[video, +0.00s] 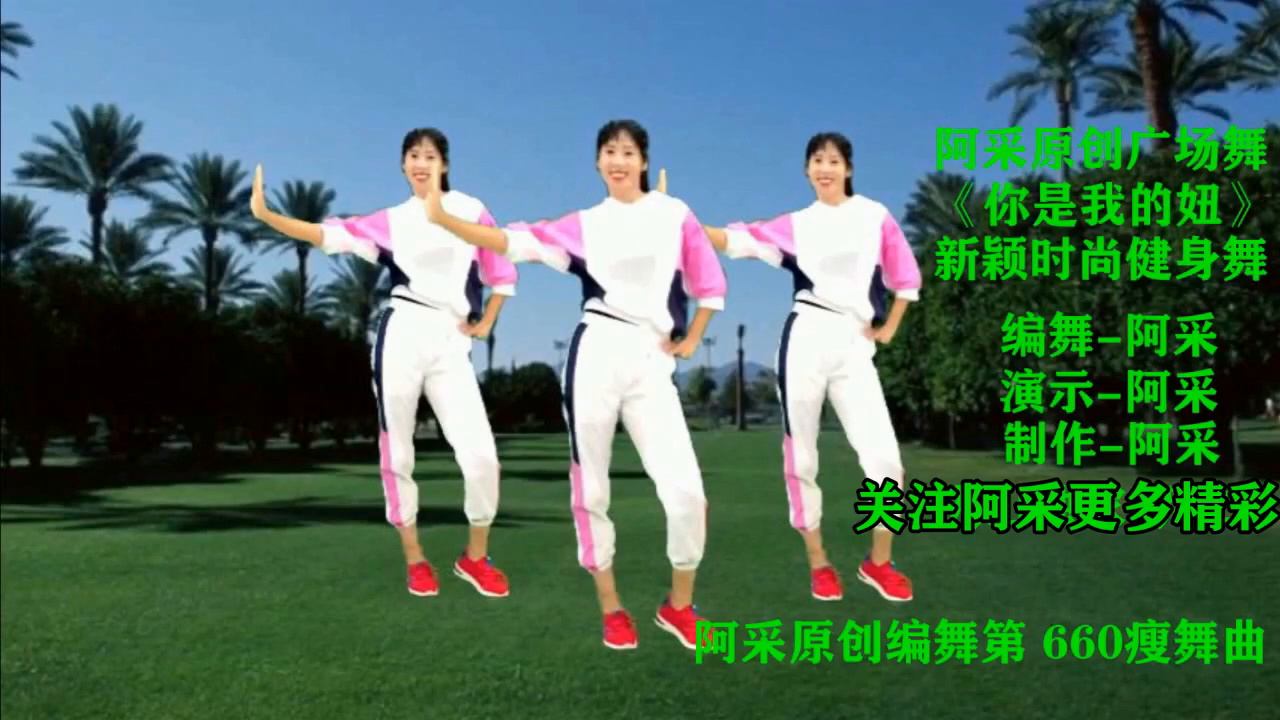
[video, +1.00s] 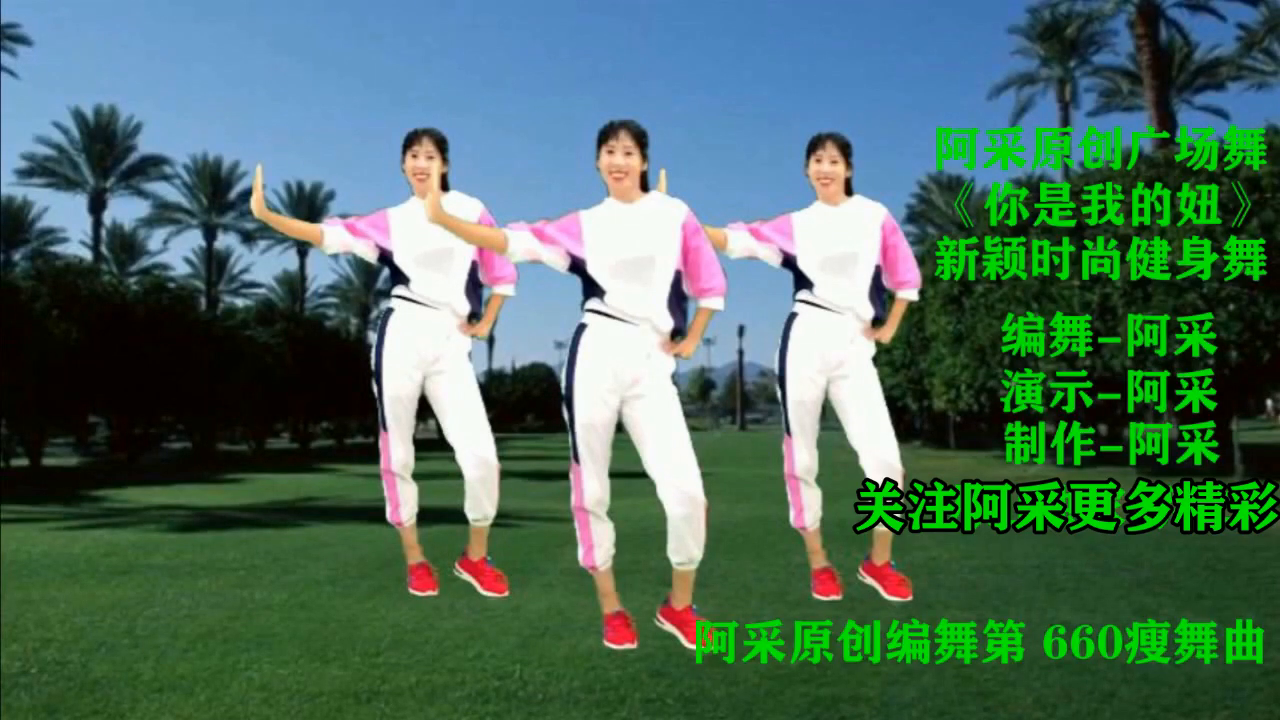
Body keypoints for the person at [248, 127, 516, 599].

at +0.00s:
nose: (420, 164)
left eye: (428, 157)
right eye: (412, 157)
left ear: (444, 165)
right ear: (404, 166)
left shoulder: (473, 211)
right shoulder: (393, 220)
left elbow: (503, 273)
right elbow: (327, 235)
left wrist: (484, 325)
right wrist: (265, 215)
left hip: (451, 335)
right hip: (401, 331)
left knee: (482, 456)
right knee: (399, 453)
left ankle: (476, 557)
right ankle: (415, 561)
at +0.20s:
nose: (420, 164)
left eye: (428, 157)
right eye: (413, 157)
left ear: (444, 165)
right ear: (404, 166)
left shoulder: (473, 211)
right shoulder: (393, 220)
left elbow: (503, 273)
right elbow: (327, 235)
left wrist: (485, 324)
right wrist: (265, 215)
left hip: (451, 334)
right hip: (401, 331)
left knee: (482, 456)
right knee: (399, 452)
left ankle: (476, 557)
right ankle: (415, 561)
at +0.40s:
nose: (420, 164)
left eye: (428, 157)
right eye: (412, 157)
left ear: (444, 165)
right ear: (404, 166)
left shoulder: (473, 211)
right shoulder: (393, 220)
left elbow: (503, 273)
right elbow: (327, 235)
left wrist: (485, 324)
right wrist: (265, 215)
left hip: (451, 335)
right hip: (401, 331)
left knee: (482, 456)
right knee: (399, 453)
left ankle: (476, 557)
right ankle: (415, 561)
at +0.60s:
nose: (420, 164)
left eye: (428, 157)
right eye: (412, 157)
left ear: (444, 165)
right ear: (404, 166)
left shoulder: (473, 211)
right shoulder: (393, 220)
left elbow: (503, 273)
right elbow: (327, 235)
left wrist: (485, 324)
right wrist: (265, 215)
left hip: (451, 335)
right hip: (401, 331)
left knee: (482, 456)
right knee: (399, 453)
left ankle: (476, 557)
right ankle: (415, 561)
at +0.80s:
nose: (420, 164)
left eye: (428, 157)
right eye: (412, 157)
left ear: (444, 165)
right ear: (404, 166)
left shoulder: (473, 211)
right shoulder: (393, 220)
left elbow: (503, 273)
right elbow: (327, 235)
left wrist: (484, 325)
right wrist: (265, 214)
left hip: (451, 335)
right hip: (401, 331)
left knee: (482, 457)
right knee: (399, 453)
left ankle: (476, 557)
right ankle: (415, 561)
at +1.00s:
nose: (420, 164)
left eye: (428, 157)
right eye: (412, 157)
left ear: (444, 165)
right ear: (403, 166)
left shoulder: (473, 211)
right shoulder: (393, 220)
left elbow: (503, 273)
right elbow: (327, 235)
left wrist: (485, 325)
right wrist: (265, 215)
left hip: (451, 335)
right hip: (401, 331)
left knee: (482, 456)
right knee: (399, 453)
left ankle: (476, 557)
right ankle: (415, 561)